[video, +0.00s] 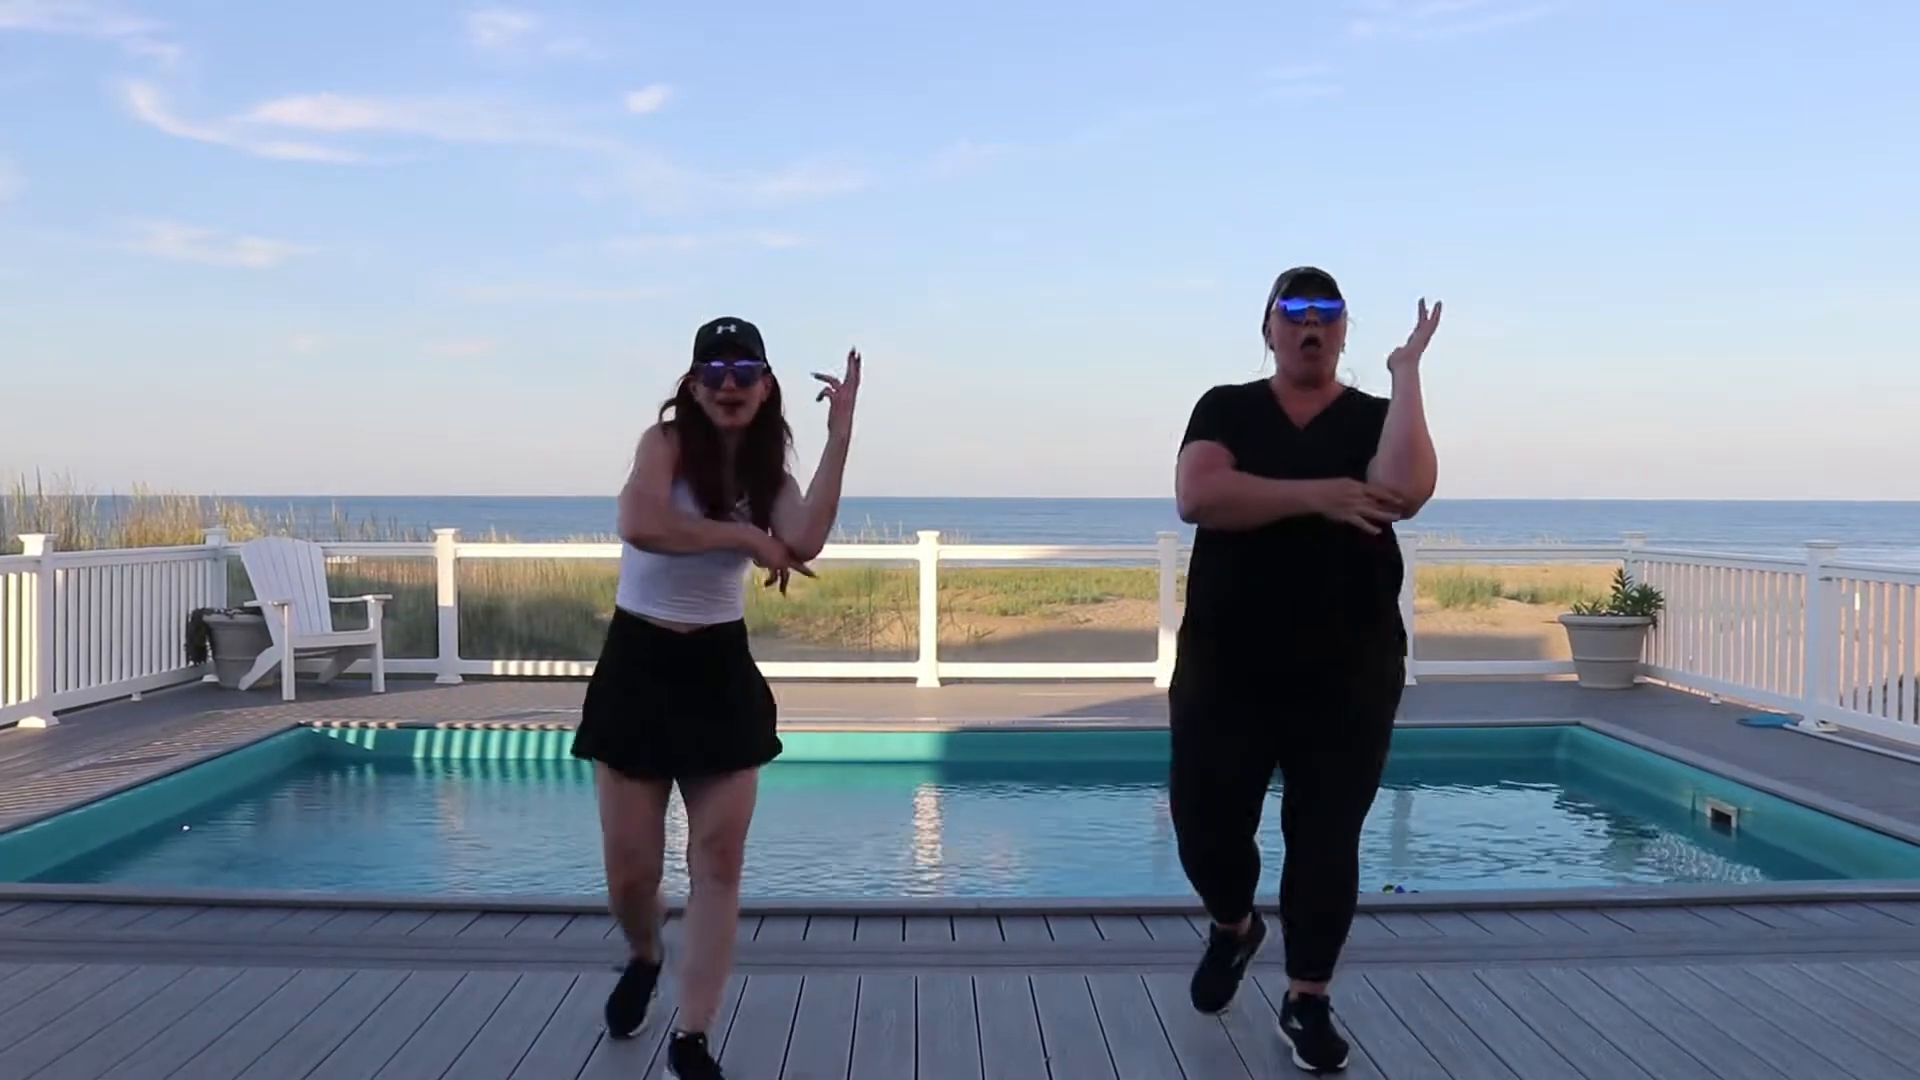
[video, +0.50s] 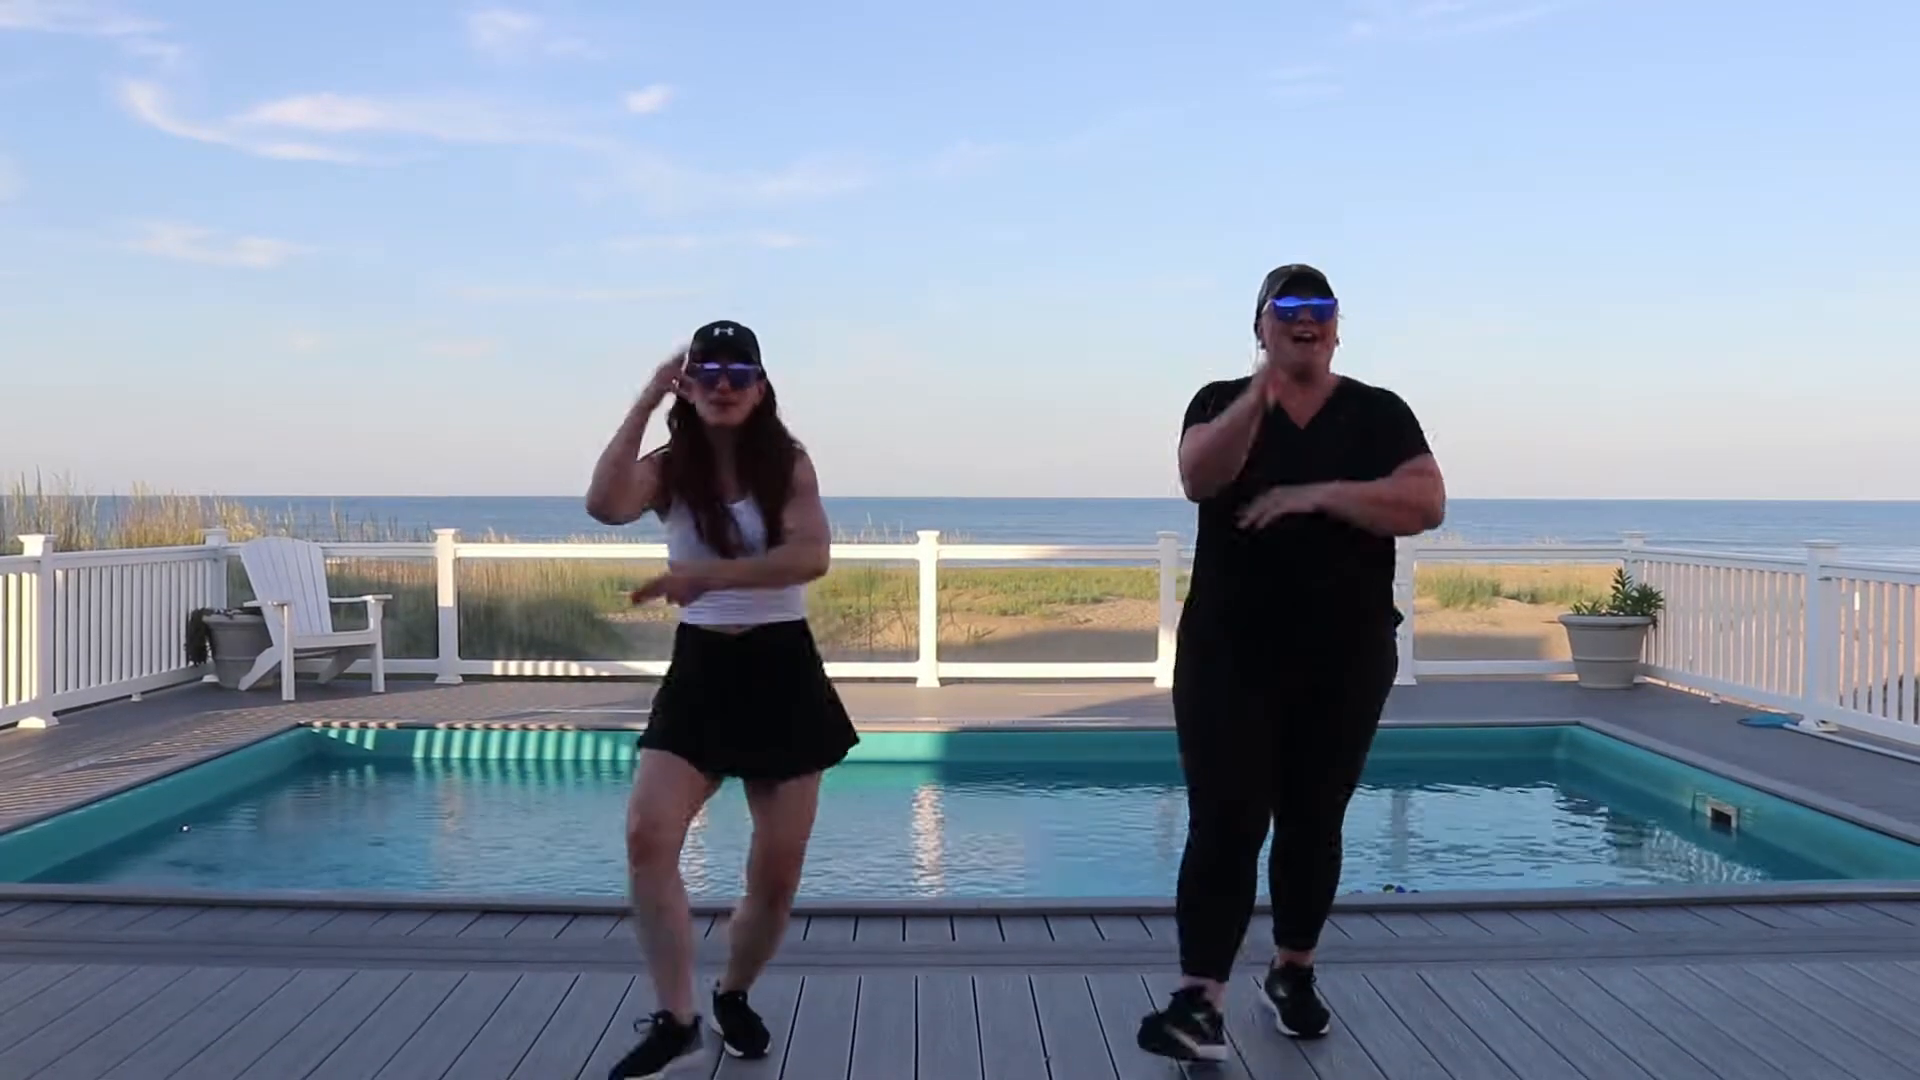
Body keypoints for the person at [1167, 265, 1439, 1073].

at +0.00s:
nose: (1310, 324)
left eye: (1325, 313)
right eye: (1296, 312)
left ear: (1344, 331)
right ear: (1270, 329)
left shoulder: (1377, 420)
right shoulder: (1227, 408)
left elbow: (1408, 489)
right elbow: (1198, 497)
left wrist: (1404, 373)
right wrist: (1318, 495)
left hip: (1346, 669)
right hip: (1227, 662)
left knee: (1327, 835)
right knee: (1205, 820)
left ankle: (1310, 995)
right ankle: (1235, 924)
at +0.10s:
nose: (1310, 313)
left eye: (1325, 302)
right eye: (1294, 301)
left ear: (1342, 321)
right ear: (1267, 318)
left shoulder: (1376, 409)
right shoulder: (1224, 396)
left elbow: (1409, 481)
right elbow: (1196, 487)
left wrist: (1405, 367)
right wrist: (1318, 489)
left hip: (1344, 660)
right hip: (1229, 657)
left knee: (1328, 829)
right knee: (1219, 826)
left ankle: (1314, 992)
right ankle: (1225, 944)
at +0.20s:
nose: (1310, 304)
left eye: (1324, 293)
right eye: (1295, 291)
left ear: (1340, 308)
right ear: (1266, 303)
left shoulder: (1374, 392)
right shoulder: (1225, 378)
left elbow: (1420, 457)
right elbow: (1197, 461)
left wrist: (1409, 344)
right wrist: (1322, 467)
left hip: (1340, 646)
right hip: (1226, 642)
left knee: (1331, 817)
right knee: (1227, 810)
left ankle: (1318, 984)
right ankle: (1225, 947)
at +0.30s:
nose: (1309, 299)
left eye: (1322, 289)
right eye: (1294, 287)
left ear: (1338, 304)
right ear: (1264, 300)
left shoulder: (1372, 388)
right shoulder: (1228, 372)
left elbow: (1430, 466)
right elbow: (1201, 447)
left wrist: (1390, 365)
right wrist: (1316, 483)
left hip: (1342, 636)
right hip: (1229, 633)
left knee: (1327, 811)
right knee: (1226, 803)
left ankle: (1299, 959)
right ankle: (1226, 948)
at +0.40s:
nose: (1307, 322)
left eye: (1320, 310)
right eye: (1291, 310)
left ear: (1338, 321)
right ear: (1264, 322)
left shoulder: (1382, 406)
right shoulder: (1226, 391)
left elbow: (1436, 493)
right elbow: (1202, 457)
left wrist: (1350, 457)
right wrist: (1265, 476)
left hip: (1341, 660)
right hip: (1226, 655)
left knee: (1314, 821)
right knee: (1212, 817)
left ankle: (1294, 968)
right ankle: (1222, 960)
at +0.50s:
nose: (1305, 324)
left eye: (1318, 313)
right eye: (1289, 313)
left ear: (1337, 328)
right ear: (1261, 327)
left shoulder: (1379, 412)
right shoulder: (1222, 404)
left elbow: (1426, 503)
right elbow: (1198, 481)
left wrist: (1318, 494)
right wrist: (1260, 395)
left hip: (1343, 658)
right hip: (1228, 654)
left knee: (1314, 821)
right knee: (1223, 821)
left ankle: (1294, 972)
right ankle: (1199, 995)